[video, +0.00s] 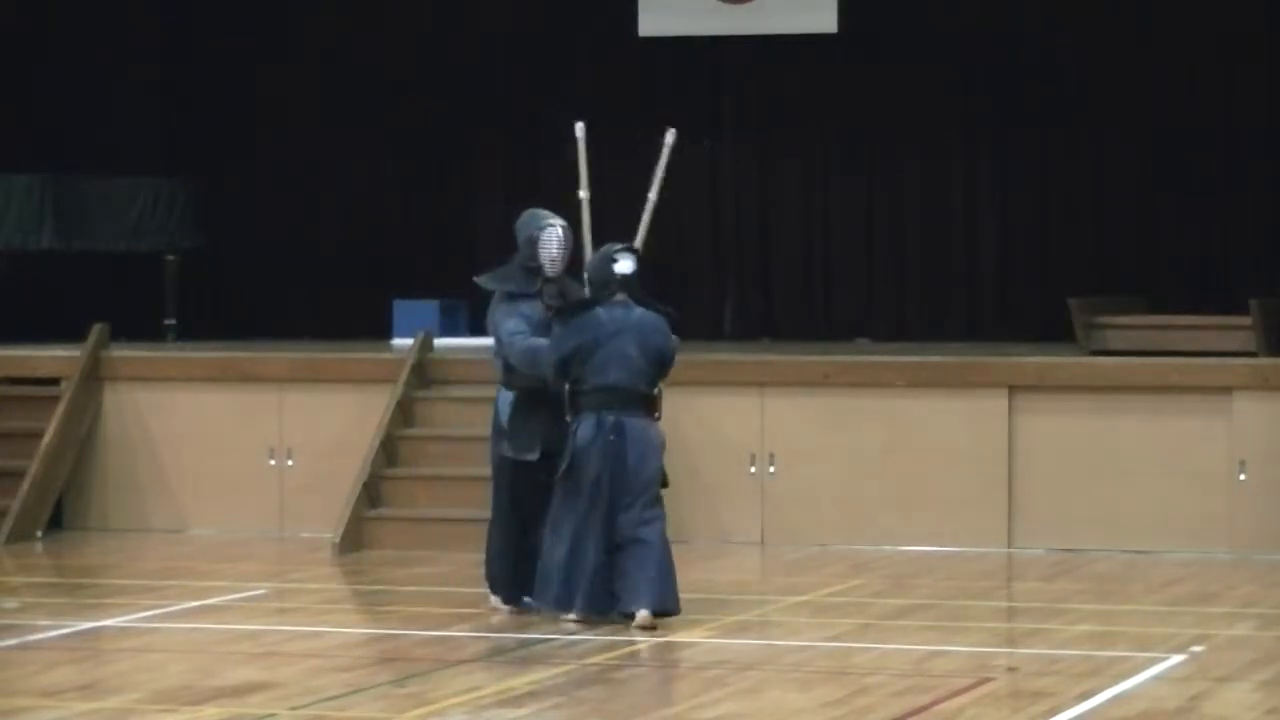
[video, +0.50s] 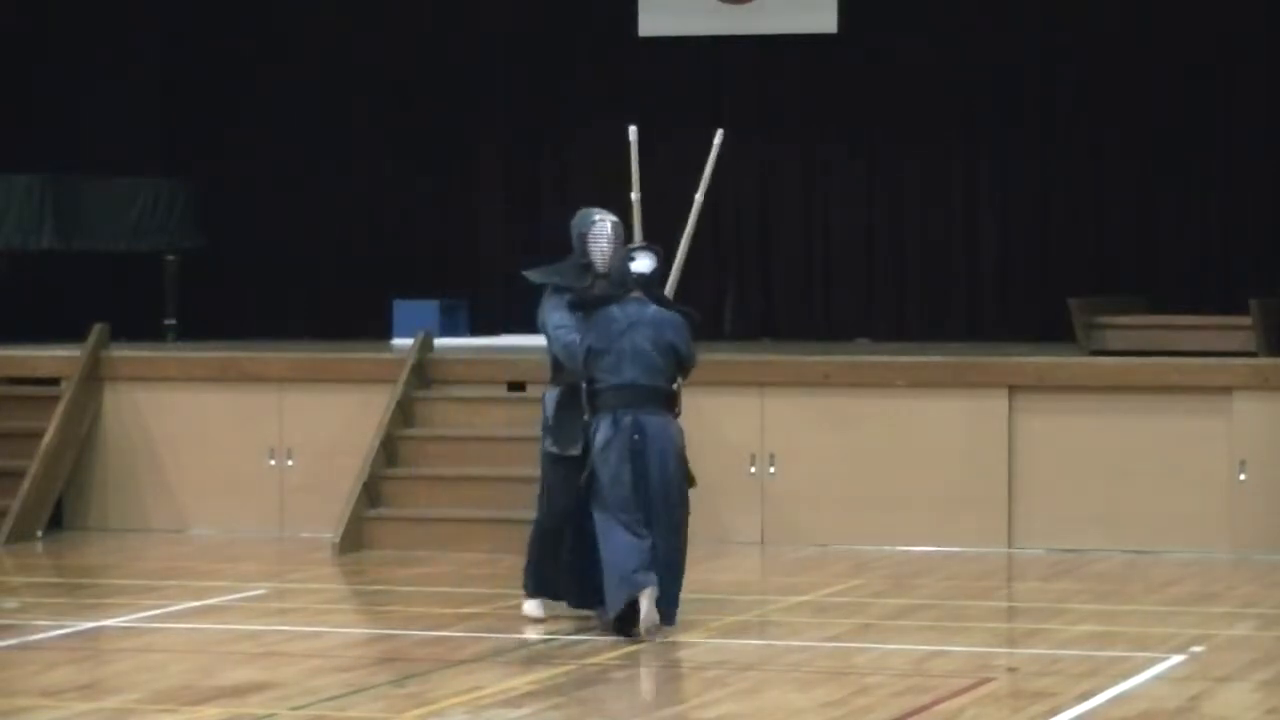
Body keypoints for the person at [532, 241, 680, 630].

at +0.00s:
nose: (590, 285)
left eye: (591, 280)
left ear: (594, 282)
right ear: (628, 282)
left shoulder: (579, 324)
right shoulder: (653, 324)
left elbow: (558, 368)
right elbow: (663, 366)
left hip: (592, 423)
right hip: (640, 423)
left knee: (586, 510)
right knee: (641, 512)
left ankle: (579, 602)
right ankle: (643, 603)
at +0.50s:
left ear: (616, 283)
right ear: (648, 283)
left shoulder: (600, 320)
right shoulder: (669, 319)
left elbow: (575, 358)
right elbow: (686, 363)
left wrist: (555, 313)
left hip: (613, 421)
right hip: (660, 422)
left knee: (616, 509)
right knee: (665, 514)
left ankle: (640, 584)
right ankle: (662, 610)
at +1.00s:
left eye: (626, 281)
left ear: (626, 285)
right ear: (663, 288)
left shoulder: (607, 332)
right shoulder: (684, 334)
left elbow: (583, 387)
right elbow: (691, 380)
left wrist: (591, 417)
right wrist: (658, 398)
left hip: (625, 435)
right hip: (671, 435)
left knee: (634, 525)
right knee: (665, 527)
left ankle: (663, 617)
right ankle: (637, 617)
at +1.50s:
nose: (626, 276)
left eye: (629, 270)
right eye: (631, 269)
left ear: (636, 277)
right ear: (672, 278)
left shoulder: (627, 321)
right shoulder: (690, 322)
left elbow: (576, 358)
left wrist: (575, 330)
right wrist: (624, 313)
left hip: (650, 432)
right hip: (692, 430)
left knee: (643, 526)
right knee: (681, 526)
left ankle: (670, 619)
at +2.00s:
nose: (620, 287)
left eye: (622, 281)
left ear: (628, 284)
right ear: (664, 283)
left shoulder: (618, 332)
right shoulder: (684, 327)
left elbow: (589, 396)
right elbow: (686, 367)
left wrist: (600, 363)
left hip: (641, 437)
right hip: (680, 434)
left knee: (647, 529)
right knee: (676, 528)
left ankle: (677, 628)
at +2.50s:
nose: (570, 287)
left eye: (573, 282)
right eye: (573, 282)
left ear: (582, 283)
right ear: (614, 282)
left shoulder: (580, 324)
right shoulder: (636, 322)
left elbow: (538, 365)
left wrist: (543, 321)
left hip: (606, 431)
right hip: (640, 429)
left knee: (612, 521)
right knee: (629, 519)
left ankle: (660, 610)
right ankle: (607, 621)